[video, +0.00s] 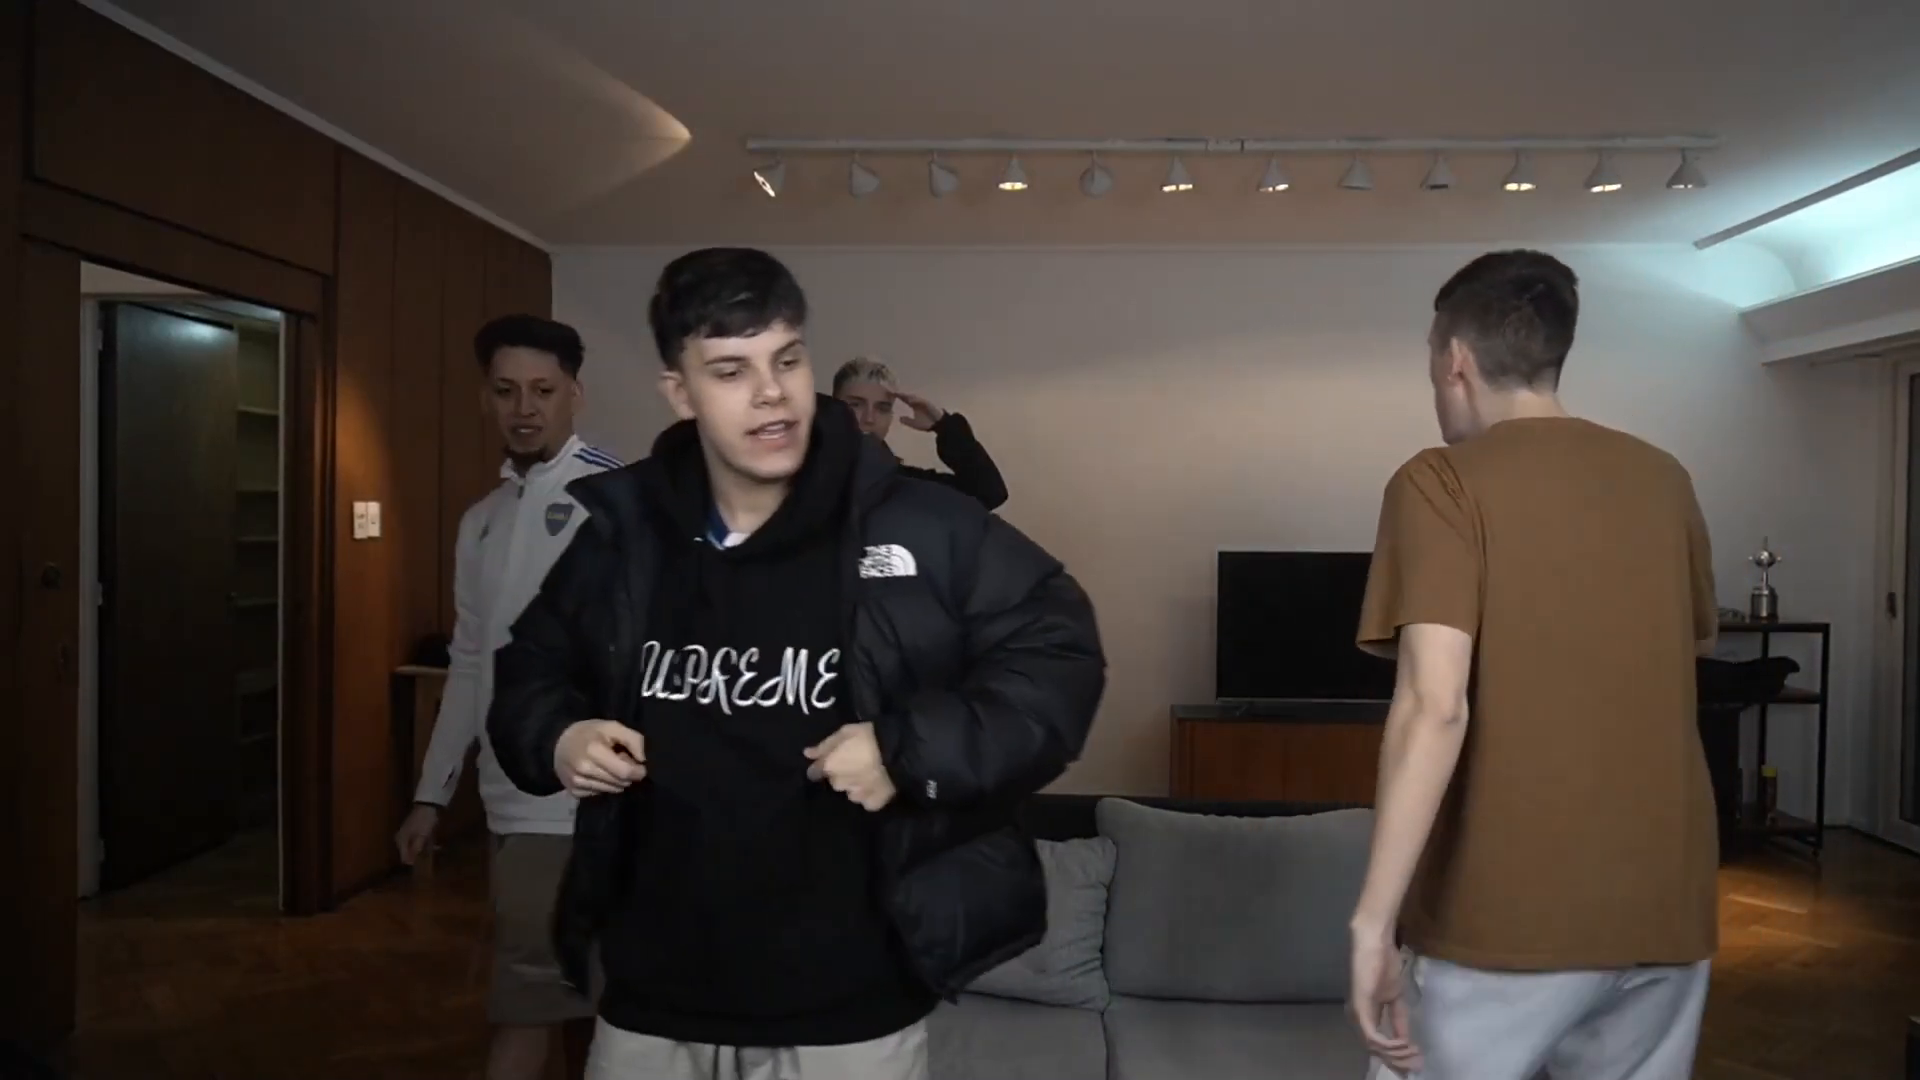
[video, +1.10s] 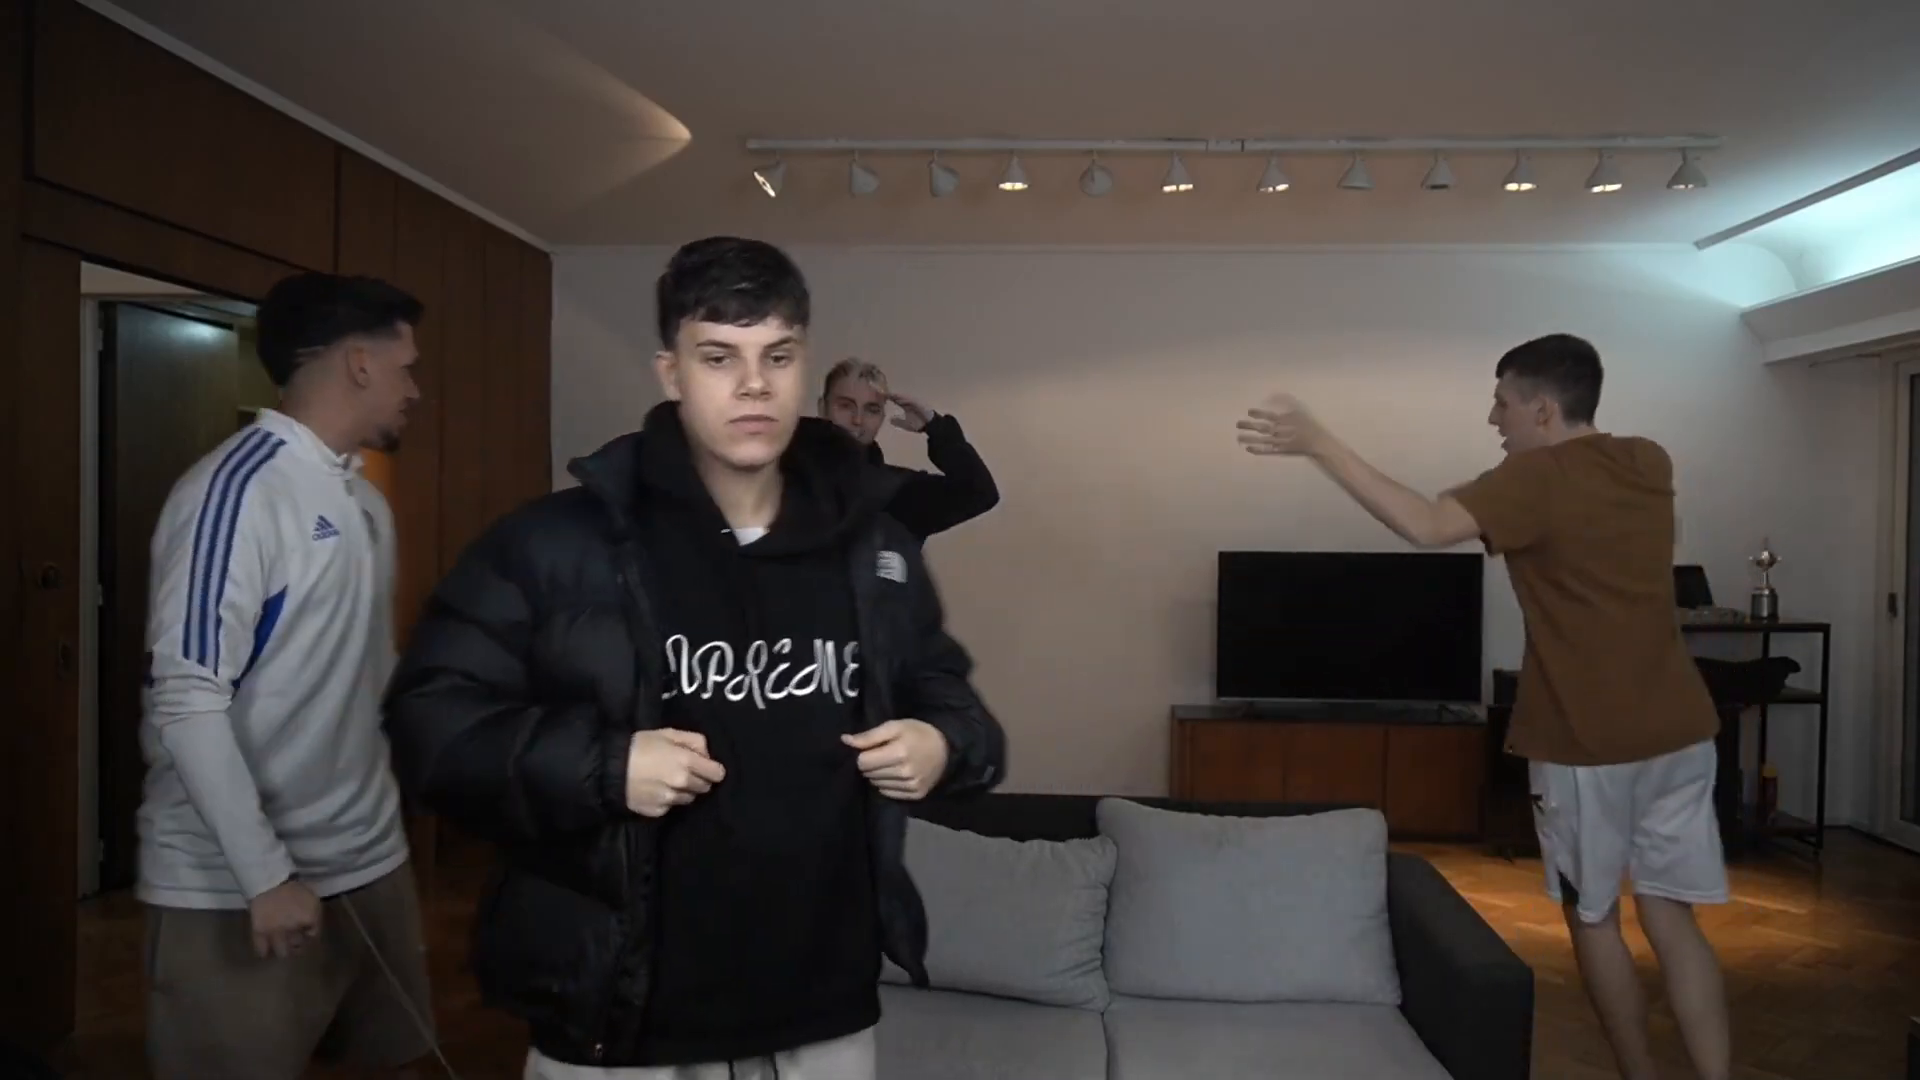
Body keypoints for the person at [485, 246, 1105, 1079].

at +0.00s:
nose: (773, 394)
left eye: (787, 361)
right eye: (732, 371)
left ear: (810, 362)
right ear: (678, 389)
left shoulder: (923, 523)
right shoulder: (625, 530)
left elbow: (1059, 657)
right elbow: (525, 674)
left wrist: (912, 749)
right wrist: (558, 737)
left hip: (851, 1003)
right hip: (656, 997)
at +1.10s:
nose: (754, 387)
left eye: (779, 358)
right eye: (720, 359)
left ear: (806, 369)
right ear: (669, 373)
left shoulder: (869, 539)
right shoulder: (561, 544)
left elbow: (958, 713)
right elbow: (431, 721)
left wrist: (943, 747)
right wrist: (603, 764)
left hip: (819, 1012)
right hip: (620, 1017)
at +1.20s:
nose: (693, 394)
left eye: (718, 365)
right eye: (658, 366)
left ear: (744, 375)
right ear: (607, 380)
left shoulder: (802, 546)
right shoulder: (499, 557)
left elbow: (872, 697)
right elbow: (375, 739)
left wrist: (893, 742)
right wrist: (576, 778)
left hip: (766, 1013)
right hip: (568, 1024)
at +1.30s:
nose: (630, 400)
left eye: (655, 372)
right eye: (594, 373)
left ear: (682, 384)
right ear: (540, 389)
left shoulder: (732, 555)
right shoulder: (433, 574)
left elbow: (809, 699)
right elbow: (322, 768)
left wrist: (827, 743)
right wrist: (542, 791)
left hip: (705, 1013)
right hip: (514, 1027)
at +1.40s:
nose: (581, 398)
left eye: (604, 369)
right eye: (542, 371)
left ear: (629, 378)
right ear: (487, 386)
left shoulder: (665, 552)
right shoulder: (385, 573)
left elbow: (723, 696)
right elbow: (280, 770)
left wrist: (768, 741)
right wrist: (511, 794)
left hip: (658, 1013)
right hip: (471, 1029)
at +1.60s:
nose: (505, 389)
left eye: (525, 360)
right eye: (465, 362)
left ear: (547, 369)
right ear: (402, 374)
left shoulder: (566, 537)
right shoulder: (307, 562)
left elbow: (620, 677)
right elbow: (221, 773)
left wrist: (673, 714)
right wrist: (463, 782)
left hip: (581, 995)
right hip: (405, 1021)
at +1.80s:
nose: (431, 389)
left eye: (447, 360)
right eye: (391, 362)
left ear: (467, 370)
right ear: (323, 378)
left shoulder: (481, 528)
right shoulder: (236, 556)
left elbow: (527, 677)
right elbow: (168, 769)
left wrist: (601, 697)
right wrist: (412, 760)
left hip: (493, 982)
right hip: (335, 1008)